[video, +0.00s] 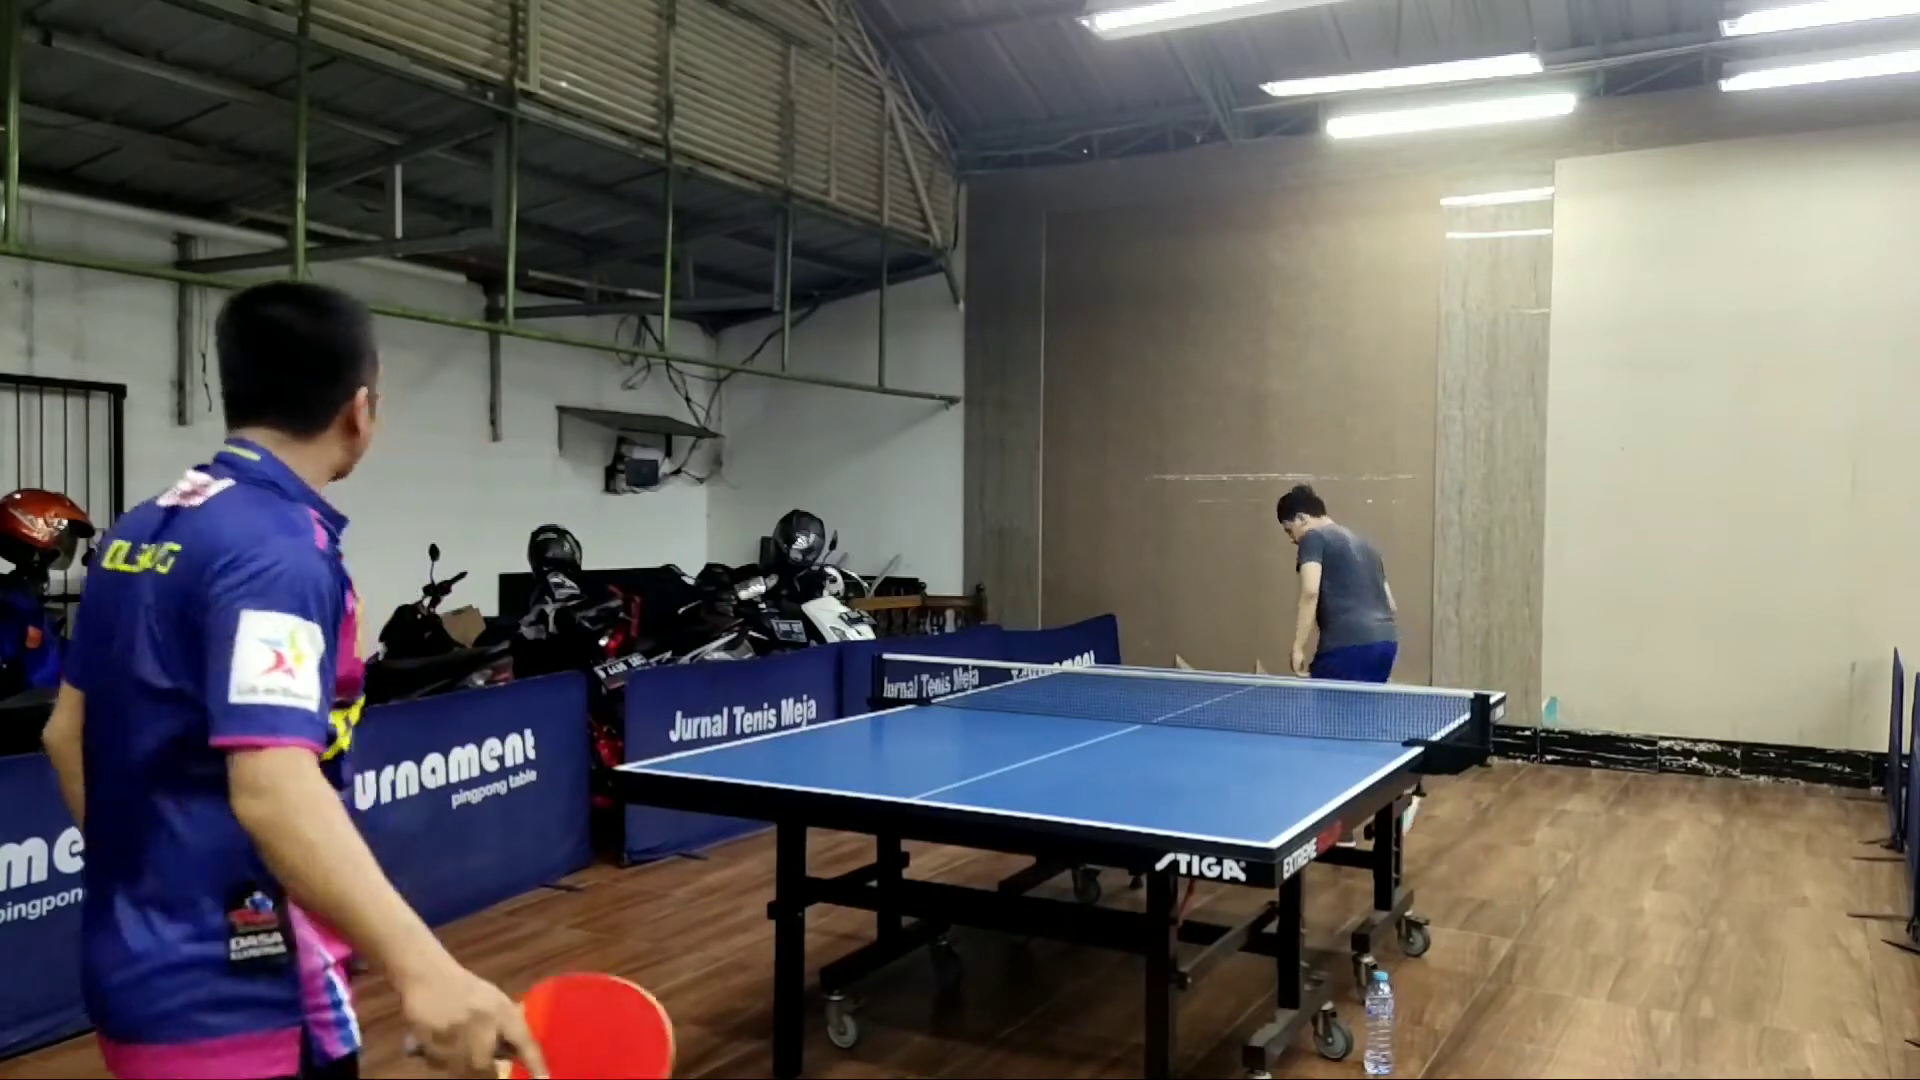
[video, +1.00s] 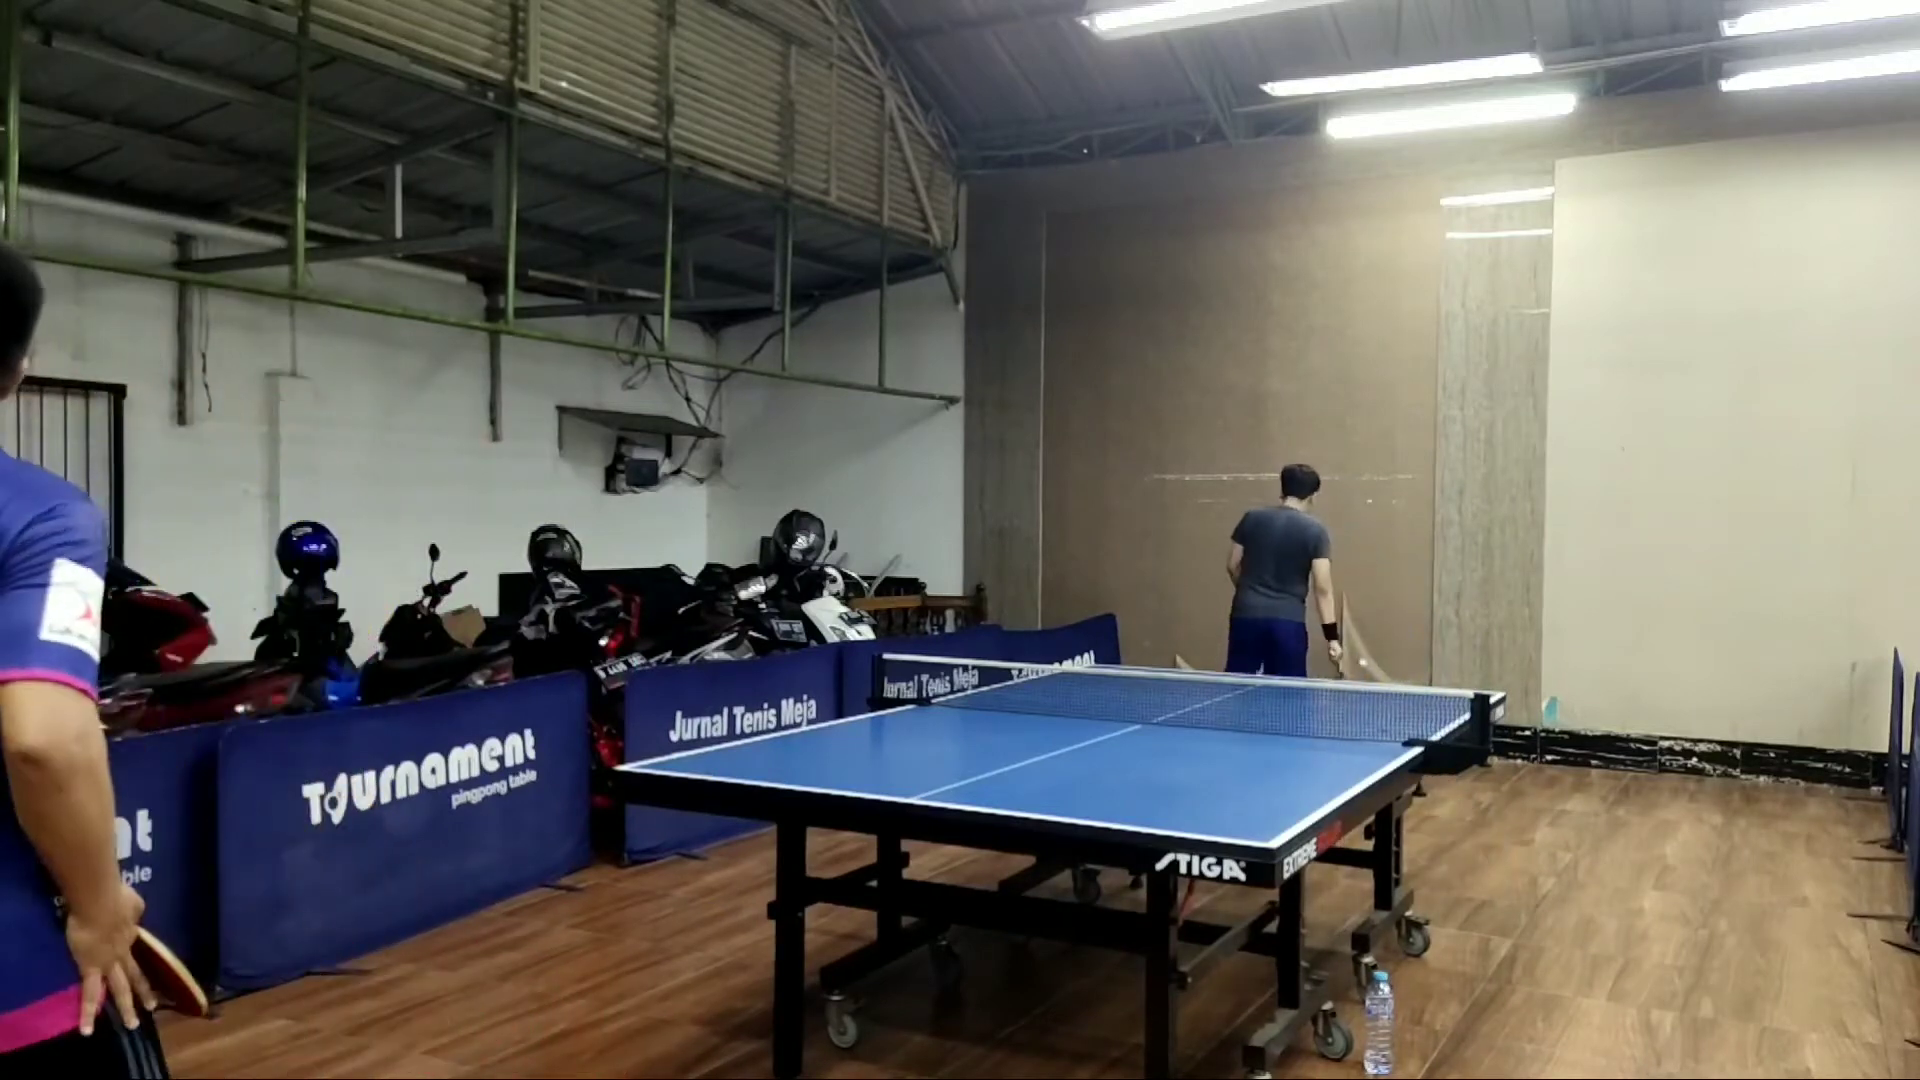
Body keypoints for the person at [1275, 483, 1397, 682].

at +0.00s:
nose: (1292, 539)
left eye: (1289, 530)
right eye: (1287, 532)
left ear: (1302, 518)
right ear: (1321, 513)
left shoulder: (1314, 538)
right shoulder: (1363, 544)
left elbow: (1310, 594)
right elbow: (1390, 605)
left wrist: (1298, 647)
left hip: (1346, 643)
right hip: (1384, 640)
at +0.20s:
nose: (1281, 518)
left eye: (1279, 512)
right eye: (1279, 513)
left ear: (1284, 505)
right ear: (1313, 498)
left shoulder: (1286, 524)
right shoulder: (1351, 527)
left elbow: (1277, 578)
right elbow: (1369, 588)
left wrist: (1261, 632)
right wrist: (1348, 618)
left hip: (1303, 626)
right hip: (1351, 627)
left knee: (1286, 708)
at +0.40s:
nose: (1269, 505)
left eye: (1270, 500)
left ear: (1272, 500)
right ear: (1304, 498)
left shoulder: (1260, 527)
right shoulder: (1327, 532)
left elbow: (1236, 582)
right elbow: (1348, 592)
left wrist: (1227, 628)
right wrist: (1347, 639)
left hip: (1266, 634)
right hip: (1312, 637)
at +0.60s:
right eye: (1302, 486)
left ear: (1266, 488)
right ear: (1299, 489)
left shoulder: (1246, 518)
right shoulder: (1315, 527)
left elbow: (1223, 574)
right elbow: (1324, 584)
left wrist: (1223, 609)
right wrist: (1333, 637)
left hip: (1249, 626)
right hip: (1293, 631)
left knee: (1239, 702)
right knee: (1286, 708)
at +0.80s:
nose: (1304, 495)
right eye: (1305, 491)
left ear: (1270, 490)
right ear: (1302, 494)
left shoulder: (1246, 519)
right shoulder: (1310, 530)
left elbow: (1221, 566)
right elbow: (1317, 585)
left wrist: (1238, 595)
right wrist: (1326, 637)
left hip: (1246, 624)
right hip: (1288, 629)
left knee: (1241, 701)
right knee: (1282, 706)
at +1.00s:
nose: (1314, 500)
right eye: (1314, 495)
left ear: (1283, 489)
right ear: (1311, 496)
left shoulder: (1253, 518)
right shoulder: (1314, 530)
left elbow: (1233, 565)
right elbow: (1323, 589)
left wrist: (1248, 592)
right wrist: (1332, 637)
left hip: (1246, 622)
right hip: (1287, 627)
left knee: (1235, 695)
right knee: (1289, 700)